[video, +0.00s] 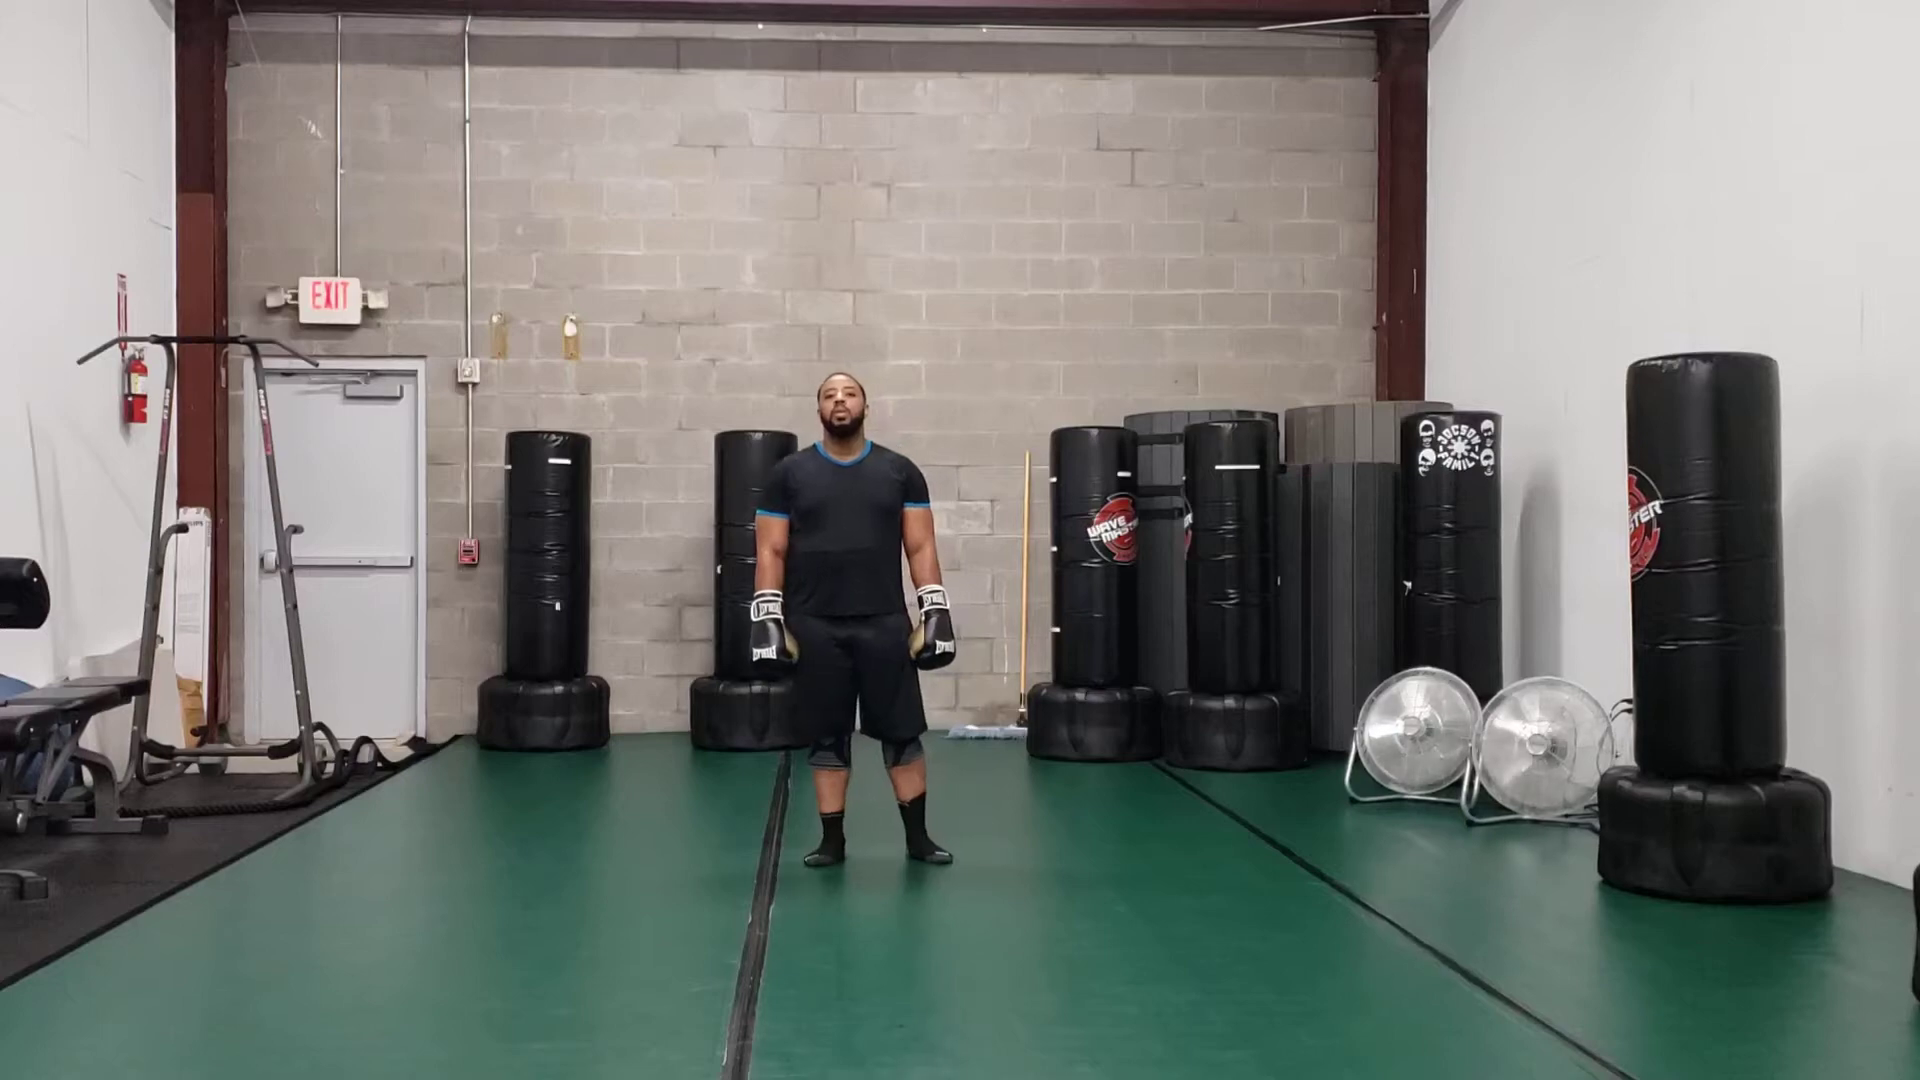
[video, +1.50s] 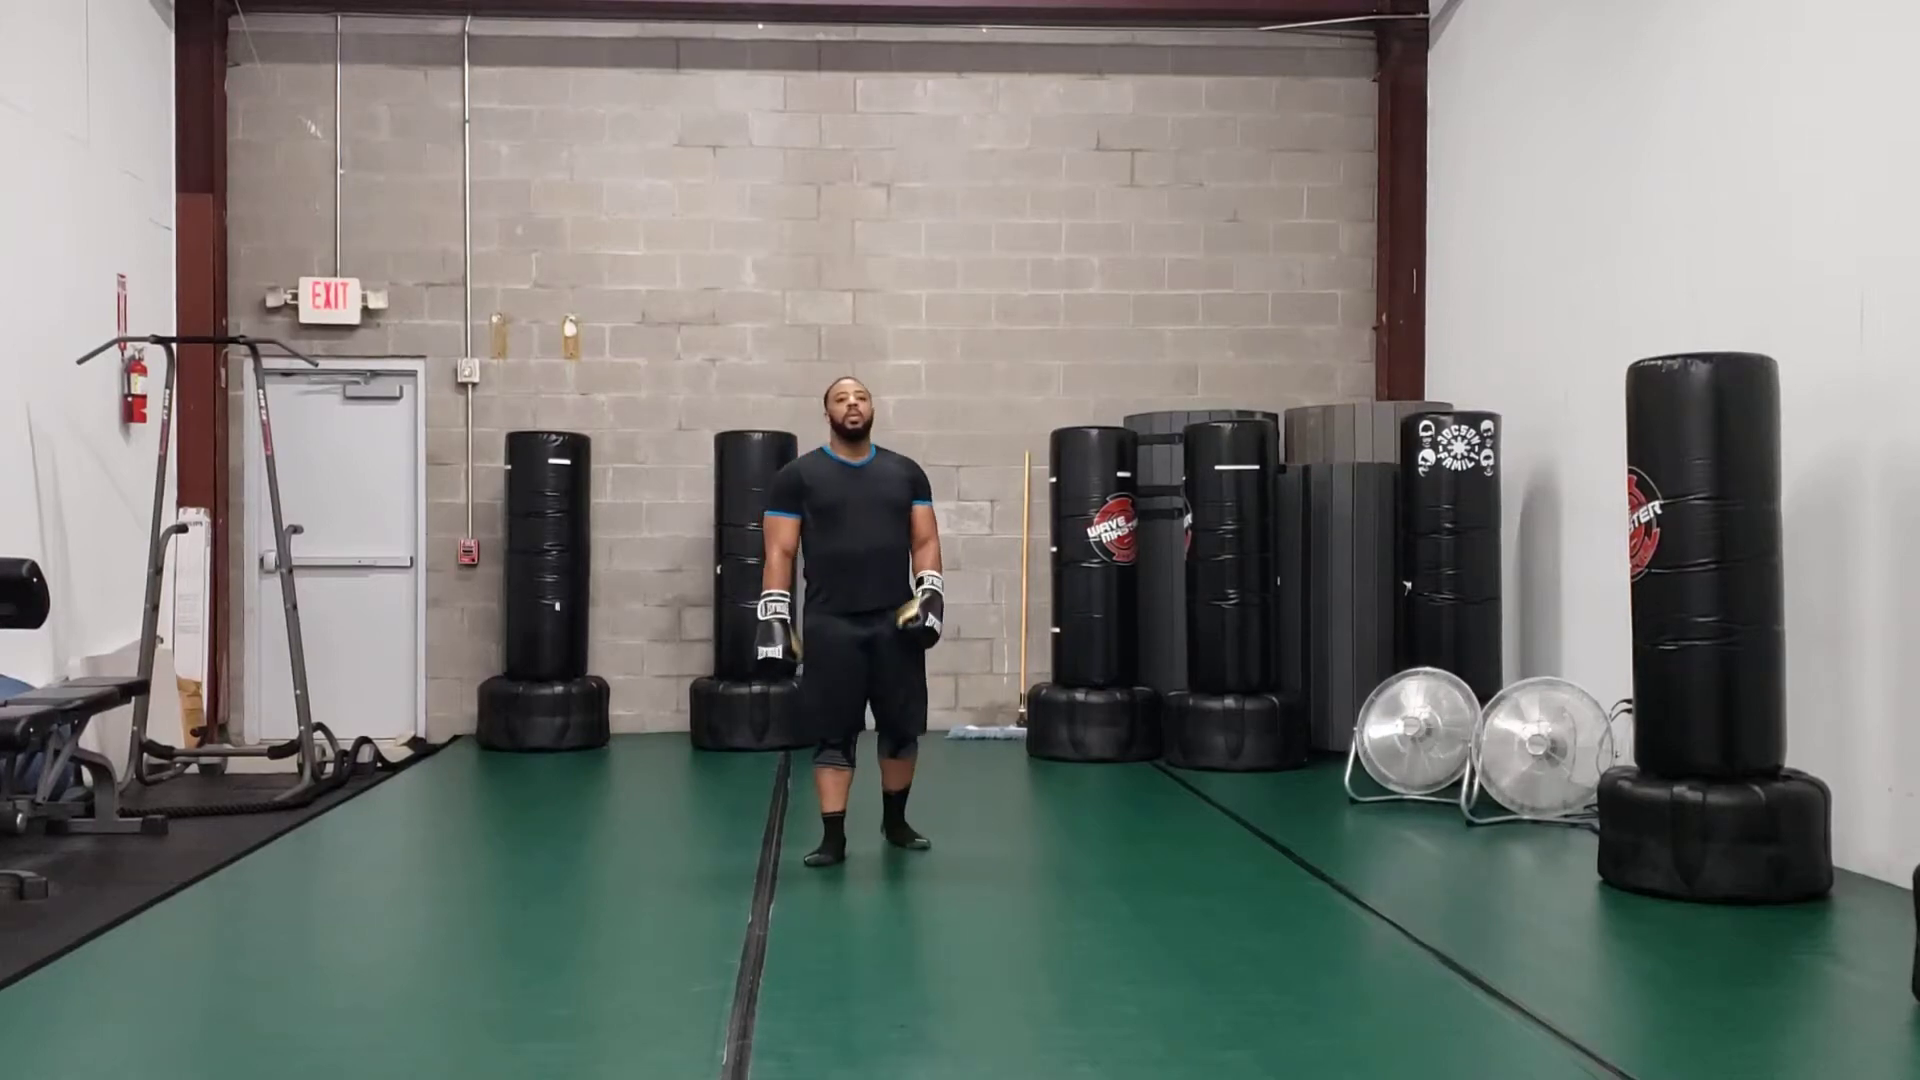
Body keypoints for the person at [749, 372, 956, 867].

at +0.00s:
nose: (840, 401)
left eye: (849, 395)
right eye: (830, 396)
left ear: (865, 409)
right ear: (819, 412)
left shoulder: (899, 472)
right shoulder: (789, 475)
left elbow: (920, 547)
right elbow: (771, 551)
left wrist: (935, 610)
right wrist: (765, 617)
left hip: (884, 626)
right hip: (815, 628)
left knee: (903, 736)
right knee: (826, 740)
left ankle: (918, 839)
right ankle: (832, 842)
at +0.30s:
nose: (828, 403)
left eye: (837, 396)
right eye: (818, 398)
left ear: (853, 409)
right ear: (807, 414)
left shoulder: (889, 472)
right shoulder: (779, 476)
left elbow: (911, 547)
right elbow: (761, 553)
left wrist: (929, 609)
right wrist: (756, 621)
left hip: (877, 625)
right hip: (807, 629)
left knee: (900, 735)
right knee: (823, 741)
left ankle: (917, 839)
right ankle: (831, 842)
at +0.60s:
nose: (818, 403)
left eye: (827, 396)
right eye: (808, 398)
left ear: (842, 409)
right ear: (797, 414)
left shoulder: (881, 469)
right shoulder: (772, 479)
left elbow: (907, 542)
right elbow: (757, 557)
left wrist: (926, 607)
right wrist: (753, 625)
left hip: (876, 625)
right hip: (806, 631)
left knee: (898, 734)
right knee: (823, 741)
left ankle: (917, 838)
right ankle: (831, 842)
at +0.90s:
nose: (815, 403)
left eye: (823, 396)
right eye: (805, 398)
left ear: (838, 408)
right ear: (792, 414)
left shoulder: (878, 467)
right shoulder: (769, 480)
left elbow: (906, 539)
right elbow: (755, 559)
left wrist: (926, 603)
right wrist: (753, 626)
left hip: (878, 623)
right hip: (807, 631)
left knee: (899, 732)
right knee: (823, 740)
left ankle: (915, 834)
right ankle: (832, 842)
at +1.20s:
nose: (826, 405)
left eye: (834, 397)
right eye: (815, 399)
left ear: (847, 409)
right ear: (802, 415)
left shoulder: (885, 468)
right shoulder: (776, 480)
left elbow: (911, 538)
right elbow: (761, 557)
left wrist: (930, 602)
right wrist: (755, 624)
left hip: (883, 621)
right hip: (813, 628)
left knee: (902, 727)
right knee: (826, 736)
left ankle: (898, 815)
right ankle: (832, 839)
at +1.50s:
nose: (853, 404)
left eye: (860, 398)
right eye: (842, 399)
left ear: (873, 412)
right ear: (827, 415)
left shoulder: (906, 473)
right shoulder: (799, 476)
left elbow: (925, 541)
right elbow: (780, 551)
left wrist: (930, 593)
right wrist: (774, 616)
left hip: (896, 620)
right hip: (830, 623)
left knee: (902, 729)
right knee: (833, 733)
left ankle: (896, 822)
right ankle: (833, 839)